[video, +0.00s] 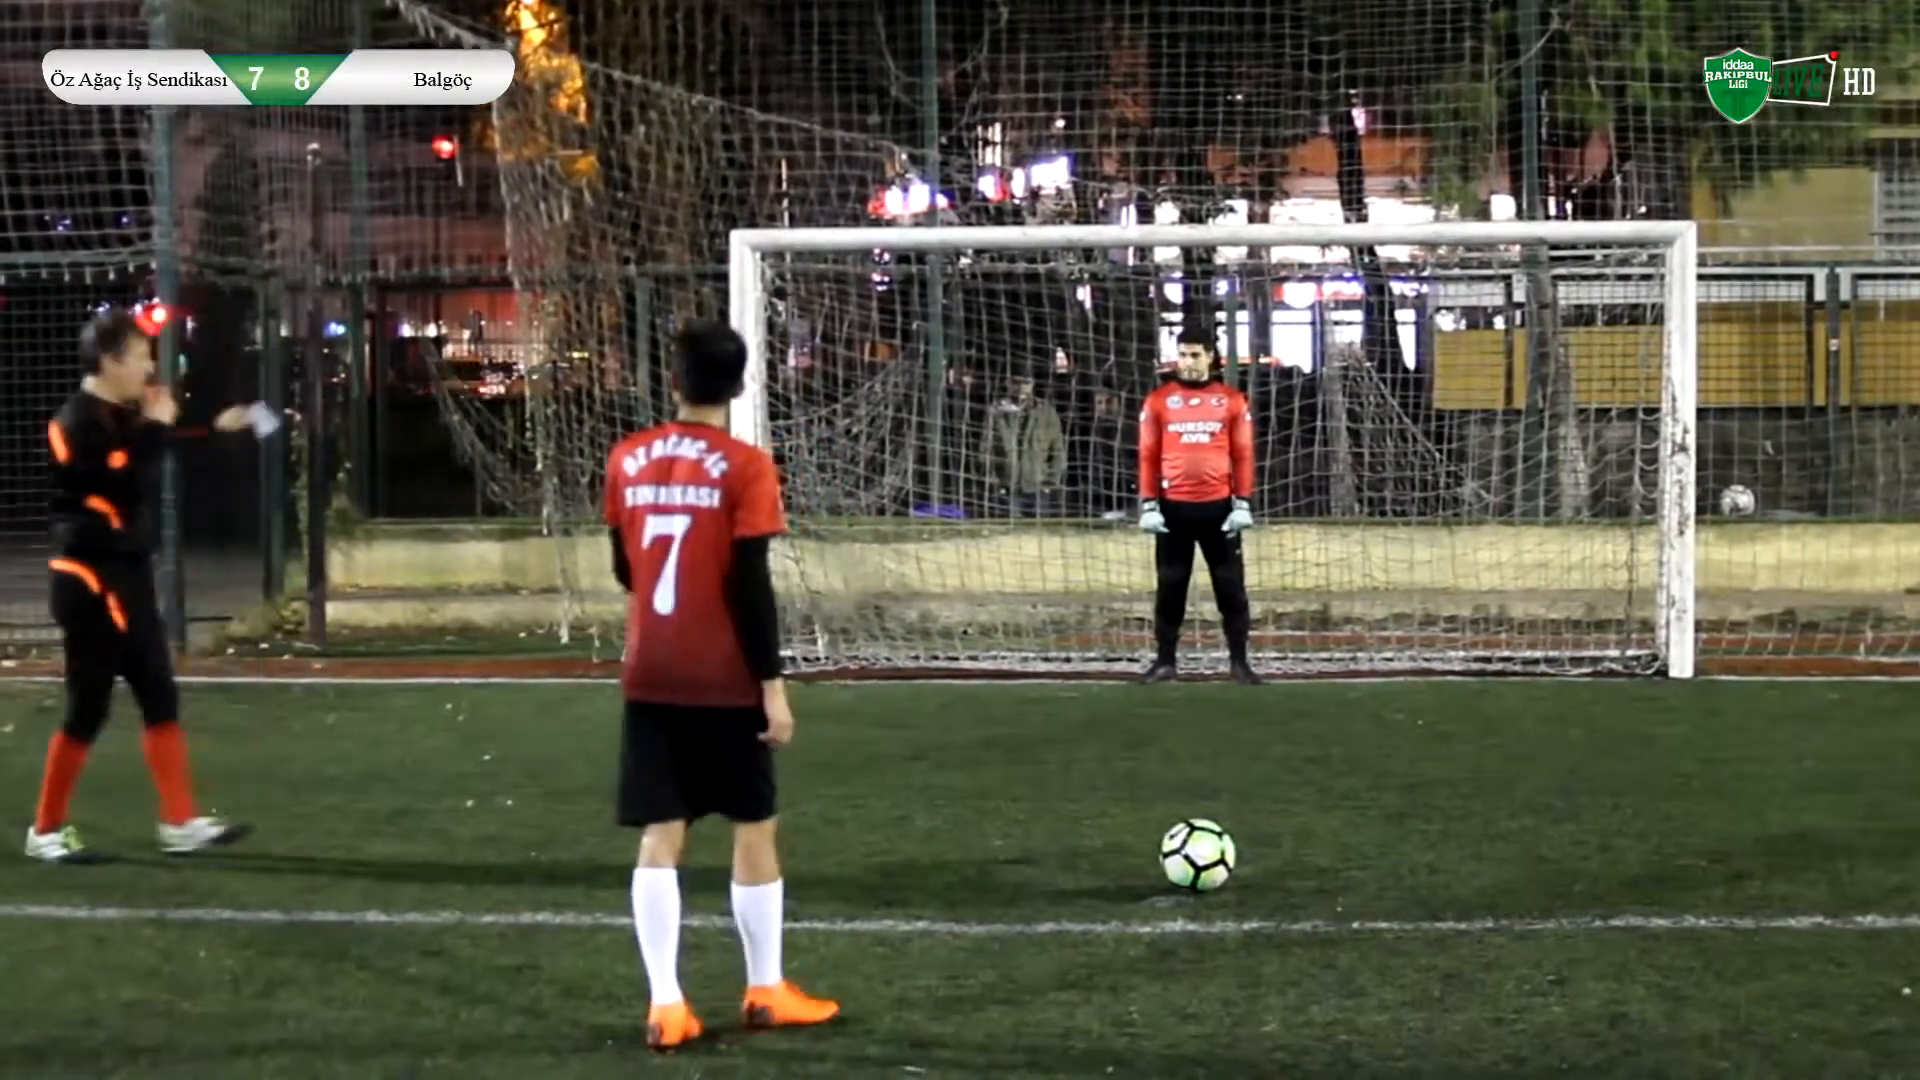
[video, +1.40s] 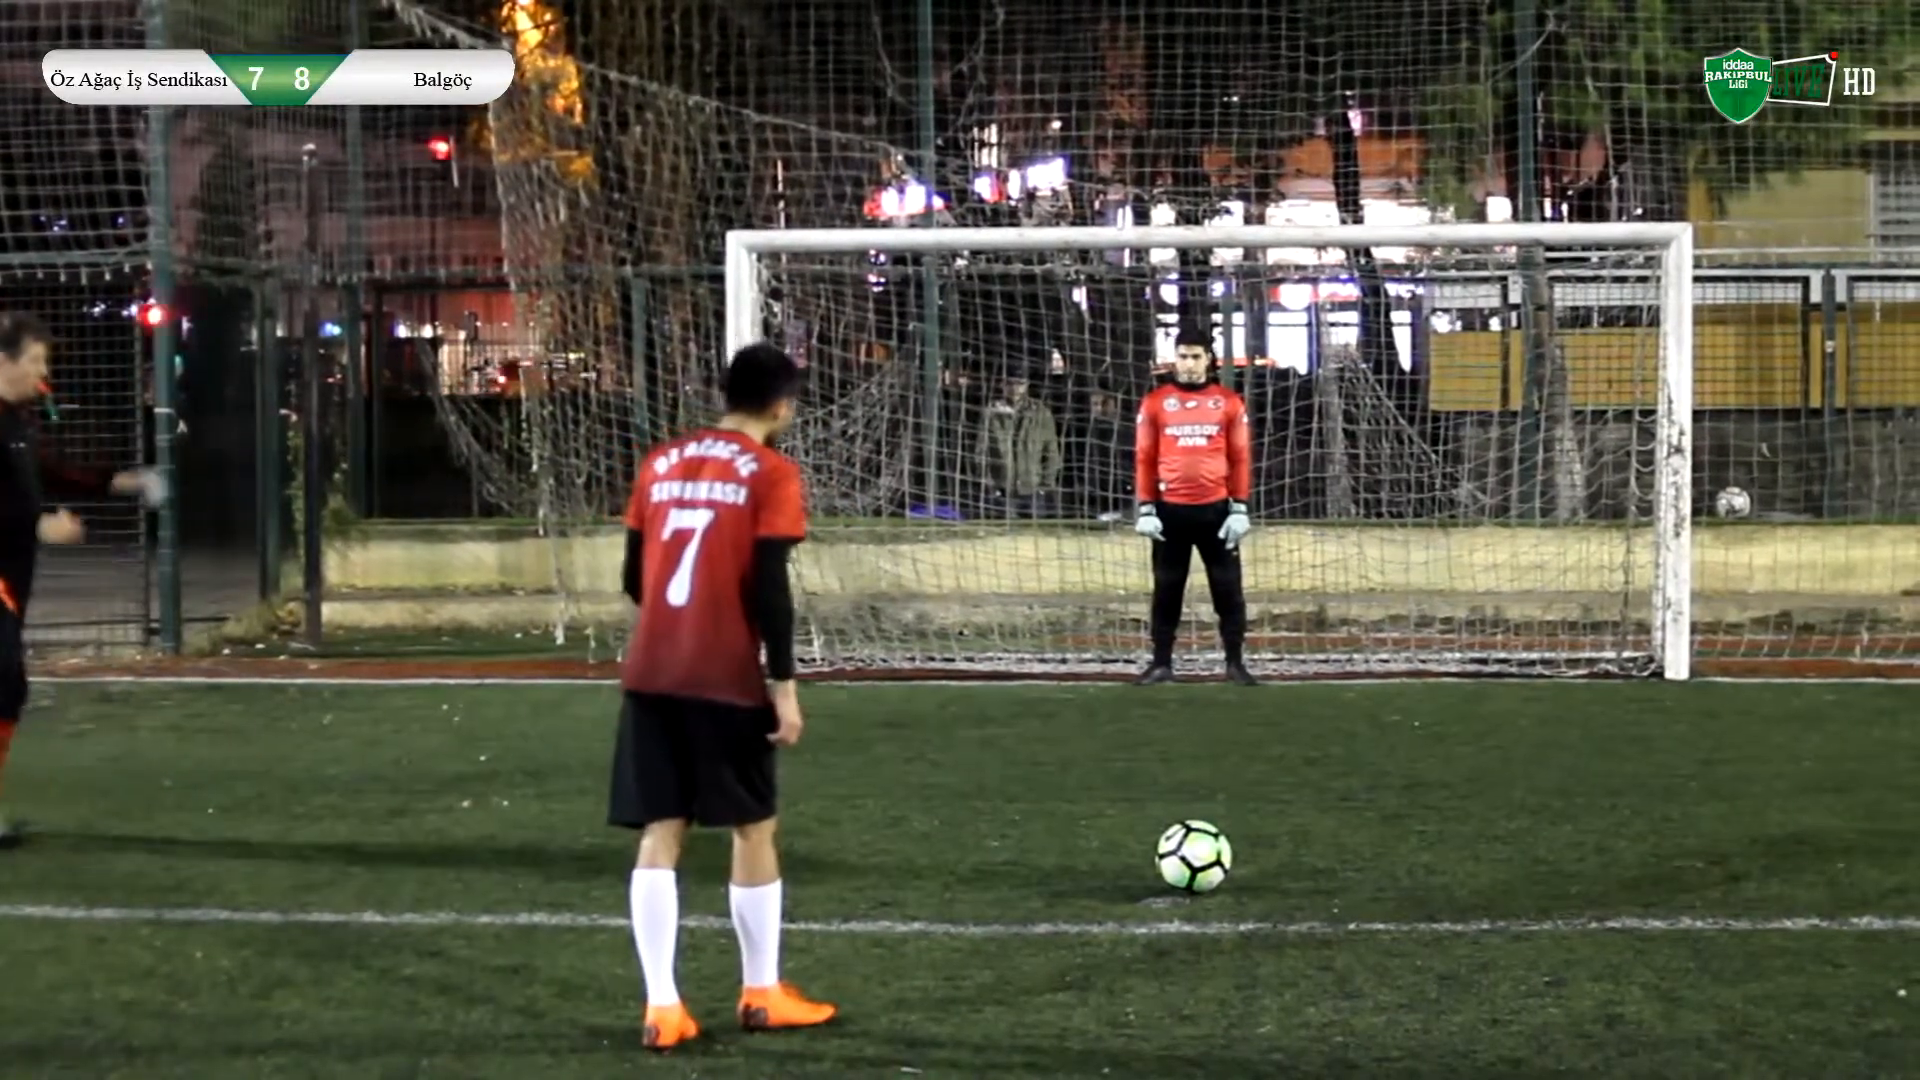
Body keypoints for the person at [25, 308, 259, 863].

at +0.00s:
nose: (149, 370)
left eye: (149, 359)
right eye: (140, 359)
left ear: (124, 362)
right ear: (106, 363)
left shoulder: (126, 415)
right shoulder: (75, 422)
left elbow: (166, 436)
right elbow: (117, 491)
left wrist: (221, 425)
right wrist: (155, 429)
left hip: (128, 575)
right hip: (85, 577)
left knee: (159, 695)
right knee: (88, 706)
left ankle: (180, 820)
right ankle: (47, 829)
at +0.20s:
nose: (123, 365)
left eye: (124, 355)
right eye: (115, 354)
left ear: (107, 359)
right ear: (80, 355)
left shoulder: (107, 411)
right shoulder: (49, 415)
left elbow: (135, 464)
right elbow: (93, 480)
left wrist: (189, 465)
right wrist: (126, 420)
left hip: (109, 568)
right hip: (65, 569)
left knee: (132, 689)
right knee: (70, 696)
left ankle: (108, 813)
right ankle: (45, 829)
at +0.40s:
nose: (97, 364)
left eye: (99, 353)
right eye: (89, 353)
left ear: (80, 355)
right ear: (57, 355)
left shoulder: (81, 412)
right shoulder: (27, 417)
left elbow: (100, 488)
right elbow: (75, 487)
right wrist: (103, 418)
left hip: (86, 565)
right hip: (46, 567)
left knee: (94, 694)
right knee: (65, 695)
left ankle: (47, 806)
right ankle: (42, 832)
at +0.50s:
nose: (87, 367)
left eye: (89, 356)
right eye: (78, 356)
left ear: (81, 358)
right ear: (49, 356)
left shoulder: (70, 413)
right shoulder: (24, 414)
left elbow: (76, 482)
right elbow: (59, 481)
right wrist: (89, 423)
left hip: (78, 564)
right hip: (39, 565)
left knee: (69, 687)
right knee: (63, 689)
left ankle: (17, 784)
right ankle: (44, 828)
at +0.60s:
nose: (78, 368)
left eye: (81, 357)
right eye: (69, 358)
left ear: (75, 359)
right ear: (37, 358)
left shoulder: (70, 411)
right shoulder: (18, 415)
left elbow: (78, 492)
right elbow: (44, 485)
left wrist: (119, 520)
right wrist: (79, 420)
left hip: (69, 568)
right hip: (31, 570)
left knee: (49, 692)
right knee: (63, 697)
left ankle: (6, 779)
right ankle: (42, 829)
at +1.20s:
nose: (52, 377)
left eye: (54, 365)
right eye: (44, 365)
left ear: (23, 367)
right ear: (13, 365)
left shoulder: (26, 422)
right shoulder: (9, 423)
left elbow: (31, 503)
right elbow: (11, 508)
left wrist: (79, 522)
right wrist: (55, 499)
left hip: (17, 581)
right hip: (4, 583)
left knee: (15, 692)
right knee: (16, 692)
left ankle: (15, 813)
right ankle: (12, 814)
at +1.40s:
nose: (44, 376)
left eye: (45, 364)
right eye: (38, 363)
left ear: (20, 363)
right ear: (6, 361)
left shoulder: (18, 419)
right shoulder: (3, 421)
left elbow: (46, 478)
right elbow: (0, 505)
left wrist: (114, 482)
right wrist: (36, 524)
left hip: (12, 585)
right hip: (1, 588)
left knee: (9, 693)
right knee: (7, 694)